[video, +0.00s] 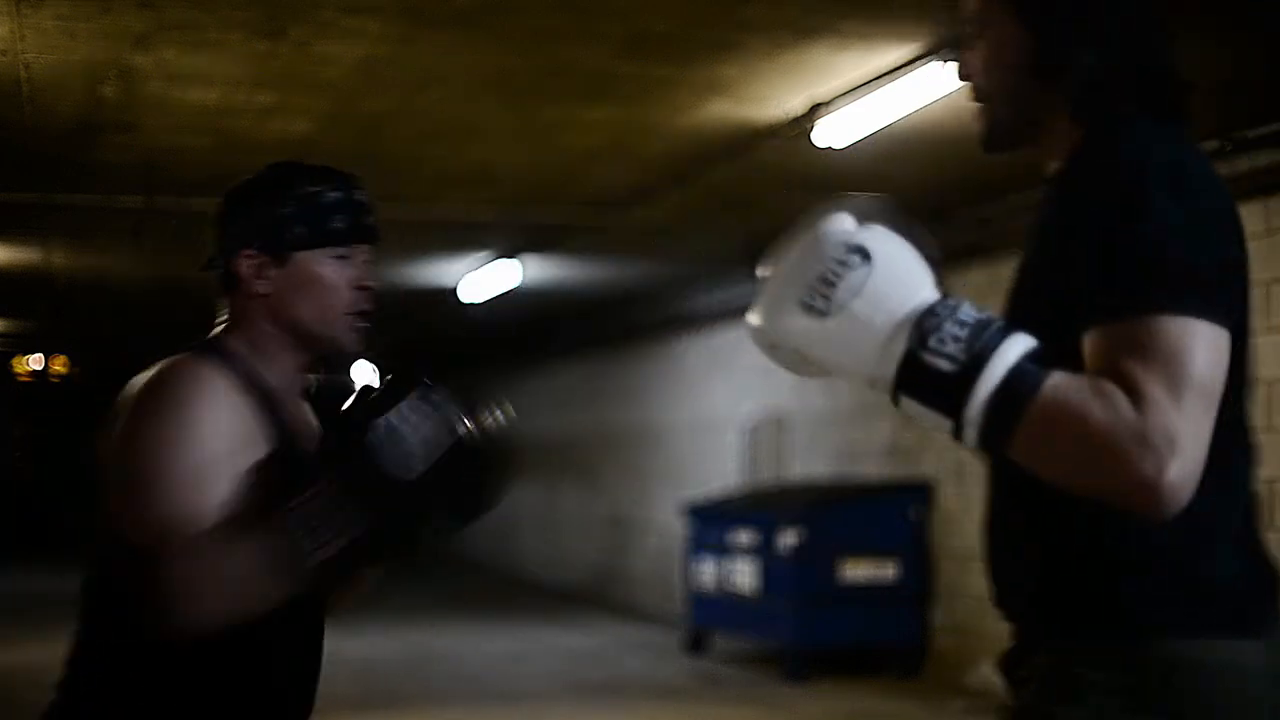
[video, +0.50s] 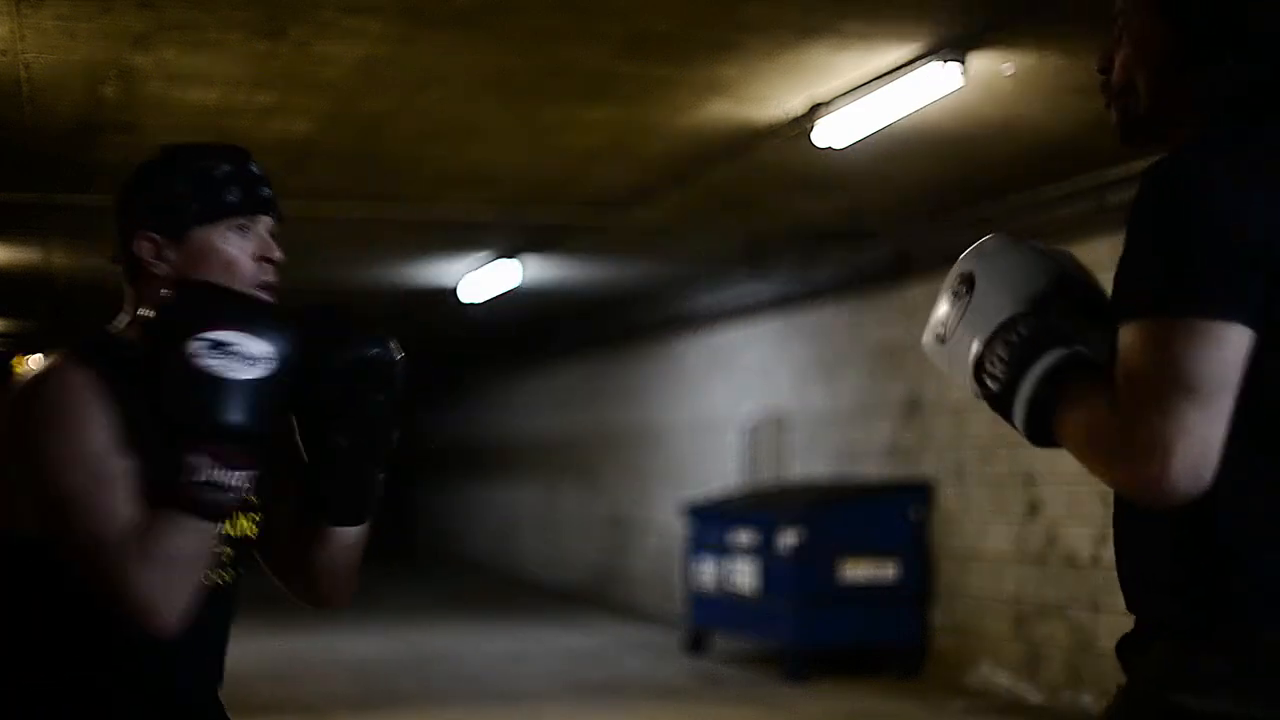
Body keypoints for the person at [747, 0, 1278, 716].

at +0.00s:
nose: (963, 69)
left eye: (977, 35)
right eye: (965, 43)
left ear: (1056, 33)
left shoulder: (1151, 181)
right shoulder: (1102, 185)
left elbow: (1154, 453)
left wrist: (915, 336)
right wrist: (913, 337)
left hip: (1160, 663)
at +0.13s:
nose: (1026, 65)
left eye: (1047, 33)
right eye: (1035, 36)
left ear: (1116, 39)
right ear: (1123, 43)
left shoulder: (1189, 186)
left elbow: (1164, 450)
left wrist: (954, 361)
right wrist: (1021, 338)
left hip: (1202, 659)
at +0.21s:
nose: (1065, 58)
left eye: (1084, 27)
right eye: (1072, 30)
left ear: (1148, 33)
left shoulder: (1193, 165)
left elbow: (1161, 444)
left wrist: (1004, 367)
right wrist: (1062, 332)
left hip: (1222, 648)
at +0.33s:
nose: (1100, 60)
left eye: (1118, 27)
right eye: (1106, 31)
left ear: (1183, 28)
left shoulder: (1197, 155)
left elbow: (1148, 434)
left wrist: (1015, 344)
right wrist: (1097, 308)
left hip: (1234, 642)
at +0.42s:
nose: (1109, 59)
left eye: (1128, 24)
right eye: (1115, 30)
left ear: (1192, 28)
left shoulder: (1201, 161)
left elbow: (1147, 439)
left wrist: (1025, 350)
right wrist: (1105, 314)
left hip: (1229, 650)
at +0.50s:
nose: (1106, 67)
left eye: (1125, 31)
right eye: (1111, 37)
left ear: (1195, 32)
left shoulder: (1213, 176)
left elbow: (1167, 453)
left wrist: (1026, 360)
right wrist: (1101, 330)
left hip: (1226, 659)